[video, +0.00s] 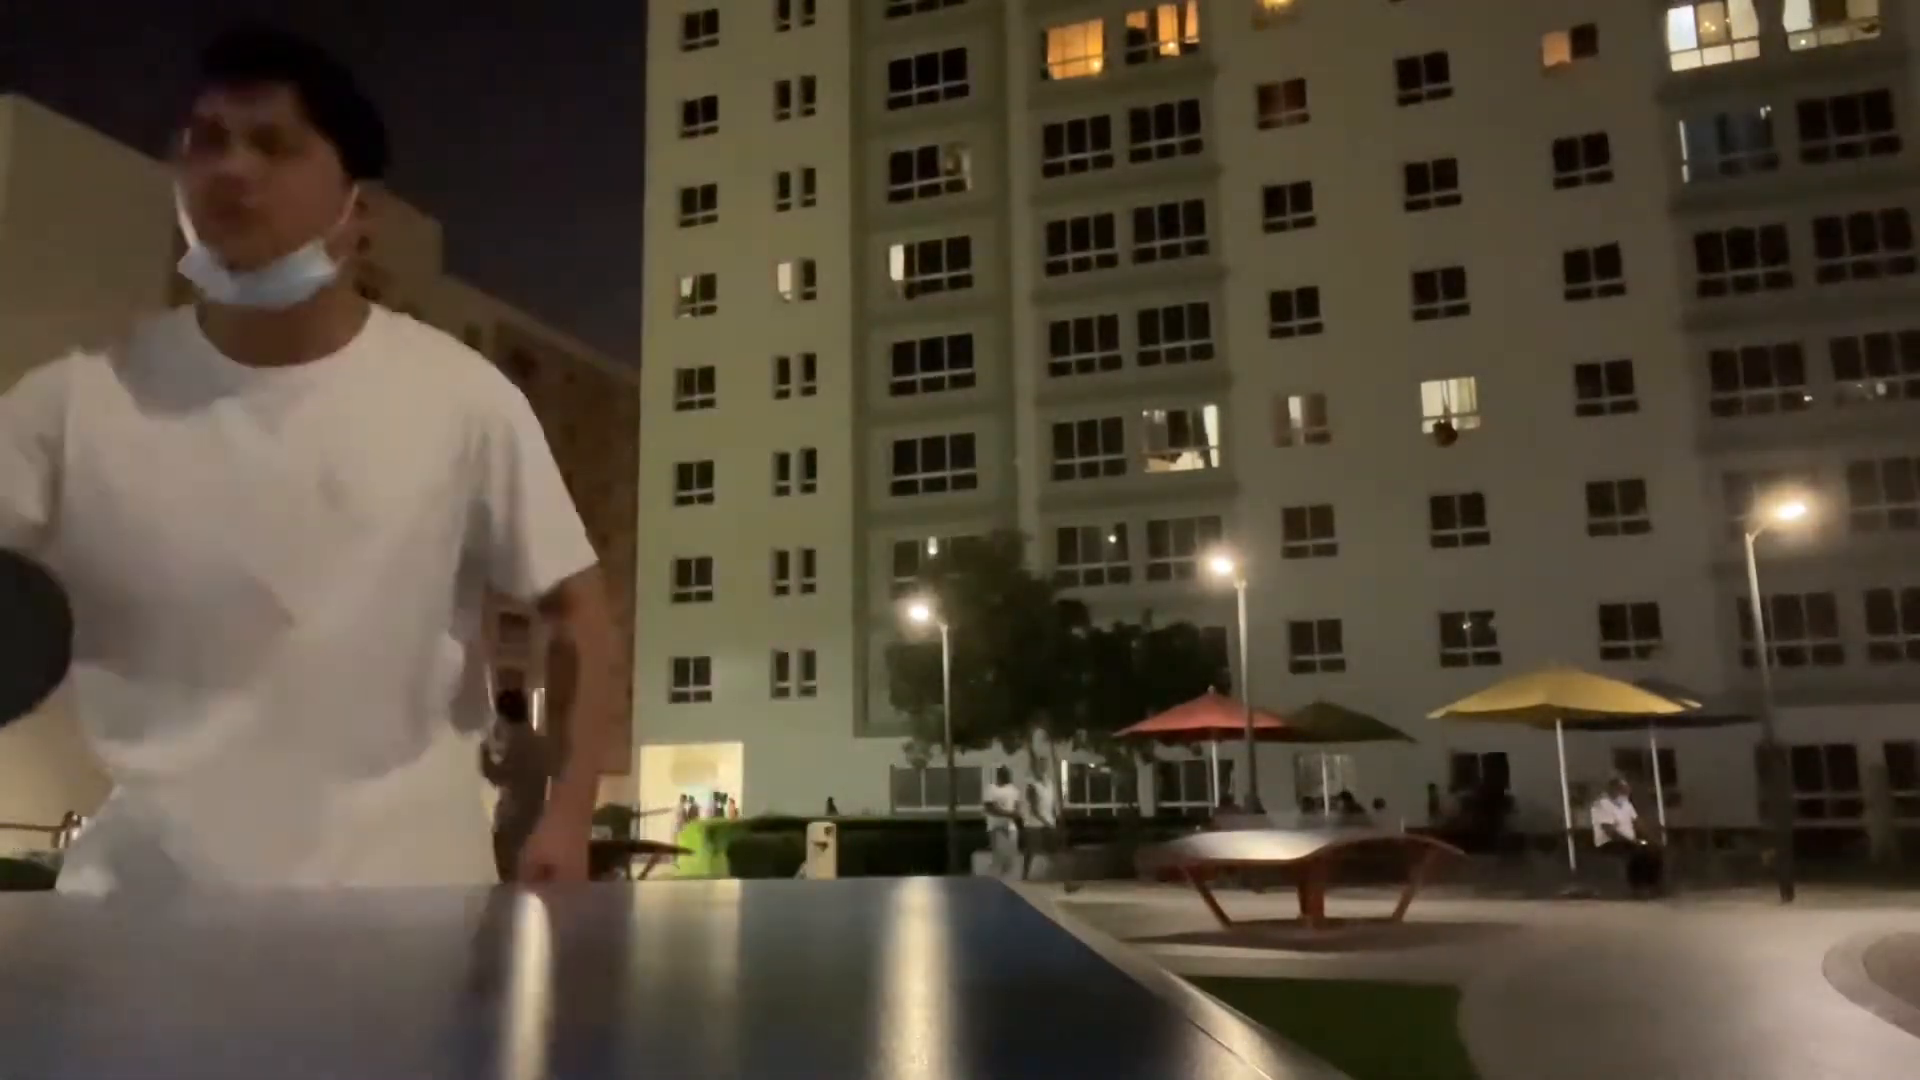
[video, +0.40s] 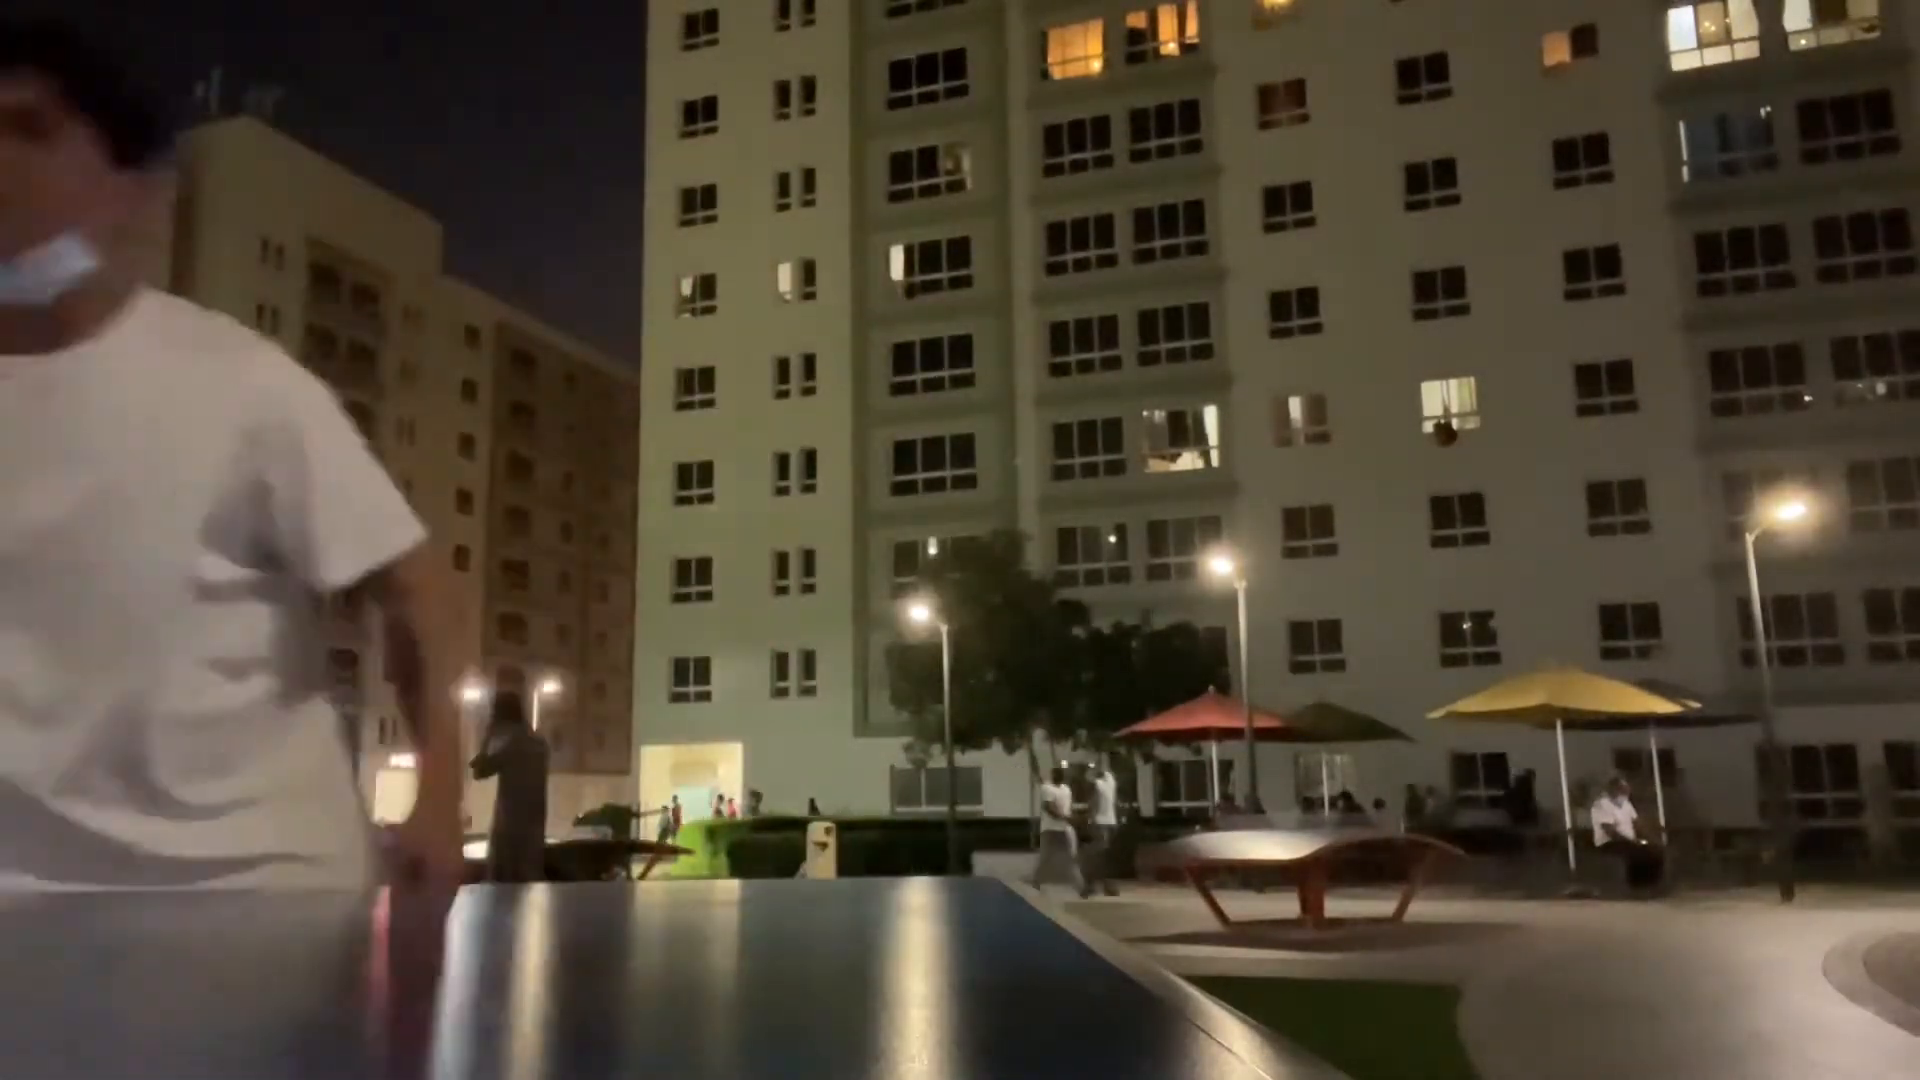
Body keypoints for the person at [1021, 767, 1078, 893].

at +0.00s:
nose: (1043, 769)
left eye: (1045, 765)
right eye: (1040, 766)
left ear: (1047, 766)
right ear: (1035, 768)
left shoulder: (1050, 783)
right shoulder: (1032, 786)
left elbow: (1054, 802)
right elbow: (1034, 810)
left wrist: (1057, 815)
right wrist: (1048, 823)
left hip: (1048, 824)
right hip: (1034, 825)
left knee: (1054, 854)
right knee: (1029, 854)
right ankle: (1024, 878)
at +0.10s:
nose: (1056, 771)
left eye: (1058, 767)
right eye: (1054, 767)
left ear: (1061, 769)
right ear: (1049, 770)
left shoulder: (1064, 786)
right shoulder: (1046, 786)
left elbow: (1065, 805)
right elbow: (1044, 808)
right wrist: (1053, 822)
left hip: (1066, 825)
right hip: (1051, 826)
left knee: (1069, 857)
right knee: (1046, 855)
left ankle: (1071, 883)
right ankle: (1032, 876)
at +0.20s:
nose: (1072, 770)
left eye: (1073, 767)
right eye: (1069, 767)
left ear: (1077, 769)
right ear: (1067, 769)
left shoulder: (1080, 782)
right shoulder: (1063, 784)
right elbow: (1060, 804)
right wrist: (1054, 819)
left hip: (1078, 820)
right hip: (1068, 821)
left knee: (1076, 852)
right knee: (1074, 851)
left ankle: (1072, 880)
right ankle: (1070, 881)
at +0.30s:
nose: (1089, 773)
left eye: (1091, 770)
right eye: (1087, 770)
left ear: (1093, 771)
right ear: (1082, 771)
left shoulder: (1096, 784)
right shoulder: (1077, 786)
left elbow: (1097, 804)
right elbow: (1073, 806)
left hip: (1093, 822)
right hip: (1081, 822)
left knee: (1080, 855)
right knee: (1094, 851)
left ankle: (1073, 882)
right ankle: (1104, 882)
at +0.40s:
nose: (1091, 774)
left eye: (1092, 771)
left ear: (1096, 771)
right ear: (1106, 771)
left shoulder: (1097, 784)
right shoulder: (1112, 782)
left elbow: (1094, 805)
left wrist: (1089, 818)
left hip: (1099, 822)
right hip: (1112, 821)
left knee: (1096, 853)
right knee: (1107, 854)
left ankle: (1089, 885)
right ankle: (1110, 885)